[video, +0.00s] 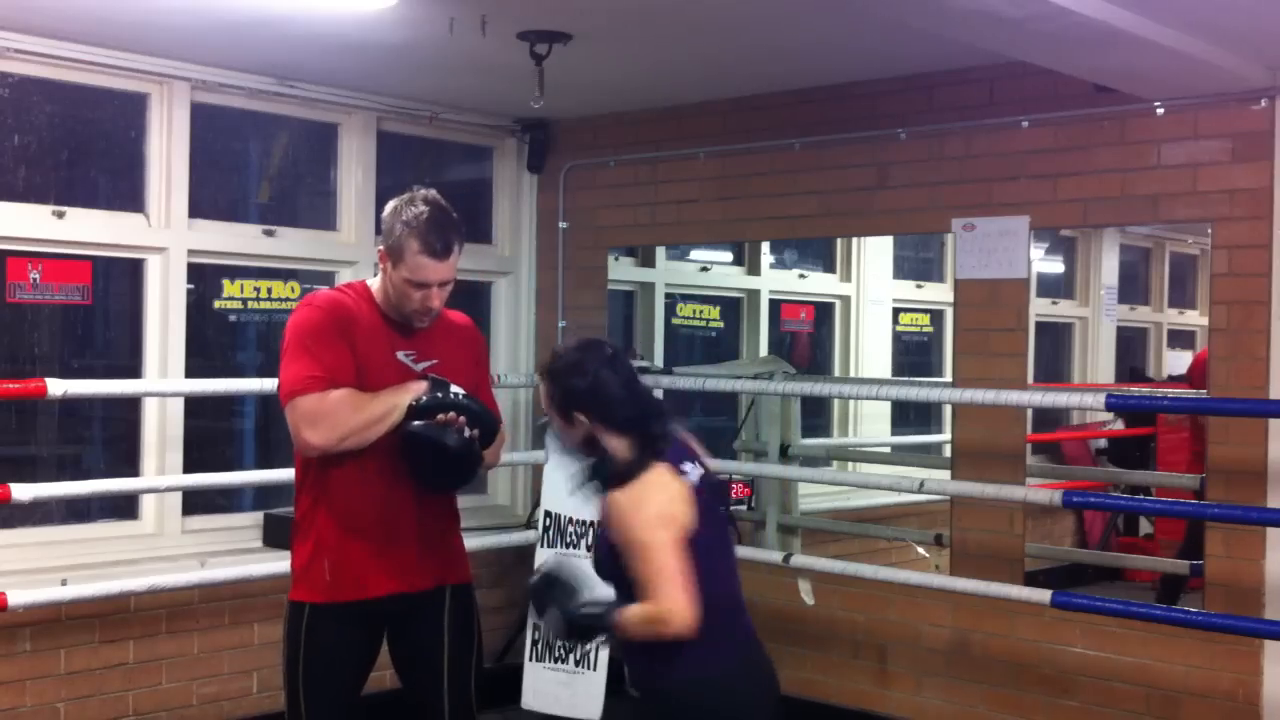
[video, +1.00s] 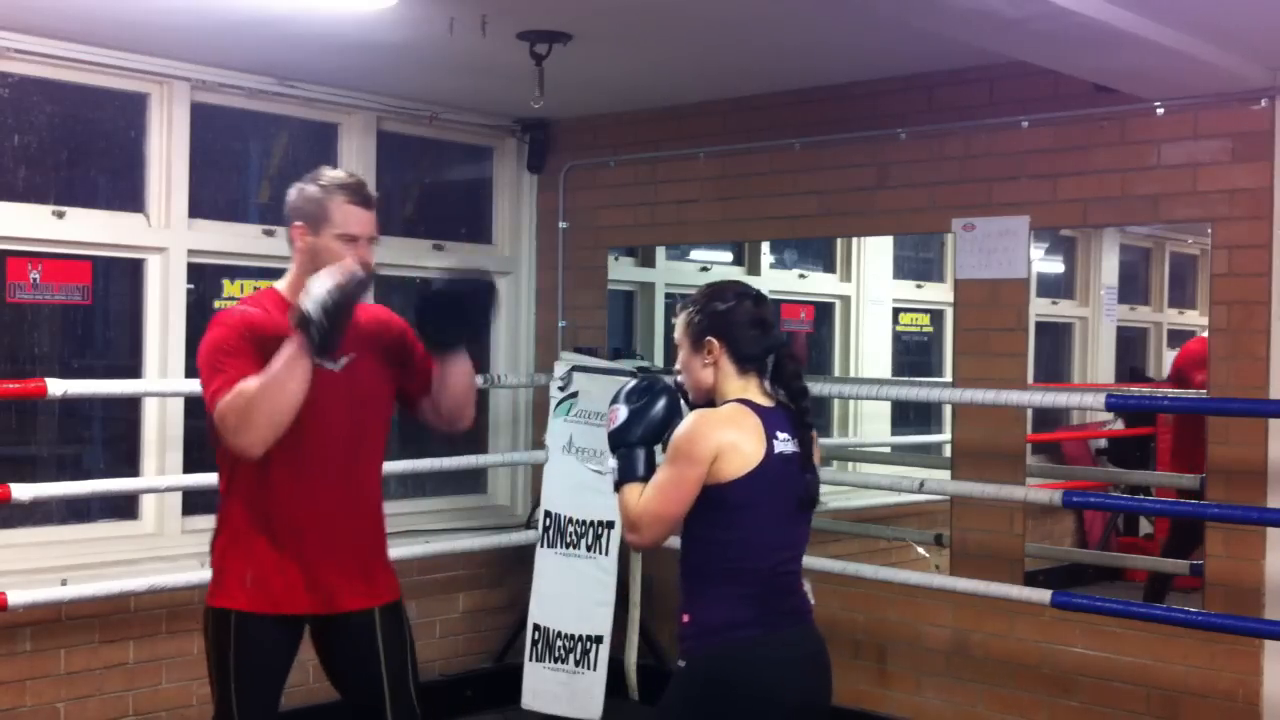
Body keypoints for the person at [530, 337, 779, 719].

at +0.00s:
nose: (552, 424)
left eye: (552, 414)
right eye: (549, 413)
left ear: (582, 419)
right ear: (622, 390)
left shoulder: (638, 495)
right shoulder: (677, 446)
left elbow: (675, 615)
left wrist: (595, 618)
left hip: (686, 695)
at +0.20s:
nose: (573, 385)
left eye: (573, 376)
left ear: (584, 388)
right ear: (647, 361)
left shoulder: (580, 463)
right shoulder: (708, 430)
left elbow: (517, 519)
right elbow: (774, 455)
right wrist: (726, 398)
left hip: (644, 661)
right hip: (730, 654)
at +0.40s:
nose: (619, 380)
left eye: (617, 368)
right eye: (615, 369)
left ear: (639, 370)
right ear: (696, 354)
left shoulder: (639, 468)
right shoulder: (758, 433)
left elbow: (600, 588)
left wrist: (535, 558)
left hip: (676, 680)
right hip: (765, 672)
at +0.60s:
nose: (631, 372)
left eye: (633, 358)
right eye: (630, 358)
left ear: (661, 363)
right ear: (709, 360)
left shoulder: (663, 446)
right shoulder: (755, 439)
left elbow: (590, 546)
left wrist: (576, 465)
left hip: (685, 678)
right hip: (760, 668)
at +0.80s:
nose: (659, 379)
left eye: (662, 365)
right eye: (658, 365)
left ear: (694, 364)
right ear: (740, 364)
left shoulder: (696, 444)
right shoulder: (782, 442)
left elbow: (627, 542)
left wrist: (615, 461)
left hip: (713, 680)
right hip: (787, 669)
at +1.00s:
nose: (676, 365)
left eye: (680, 351)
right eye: (676, 351)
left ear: (712, 352)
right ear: (756, 351)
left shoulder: (706, 429)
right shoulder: (798, 428)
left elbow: (640, 530)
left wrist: (629, 448)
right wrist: (680, 430)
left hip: (723, 665)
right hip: (797, 656)